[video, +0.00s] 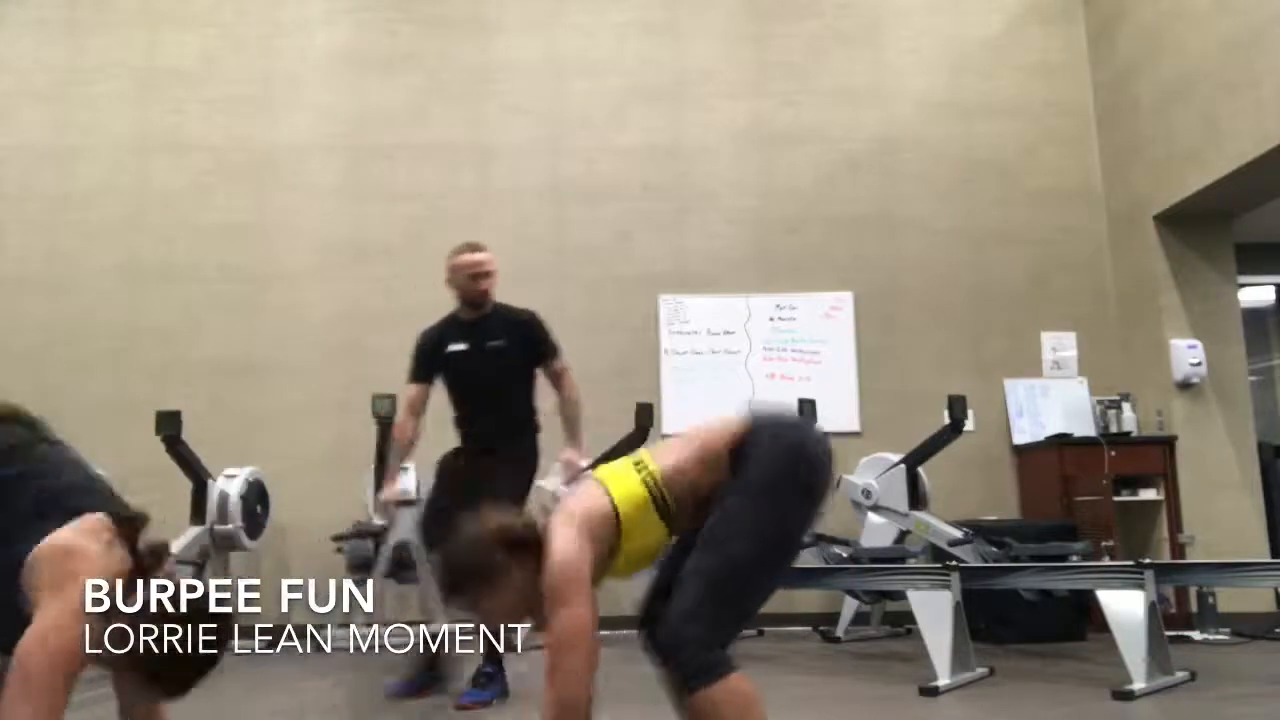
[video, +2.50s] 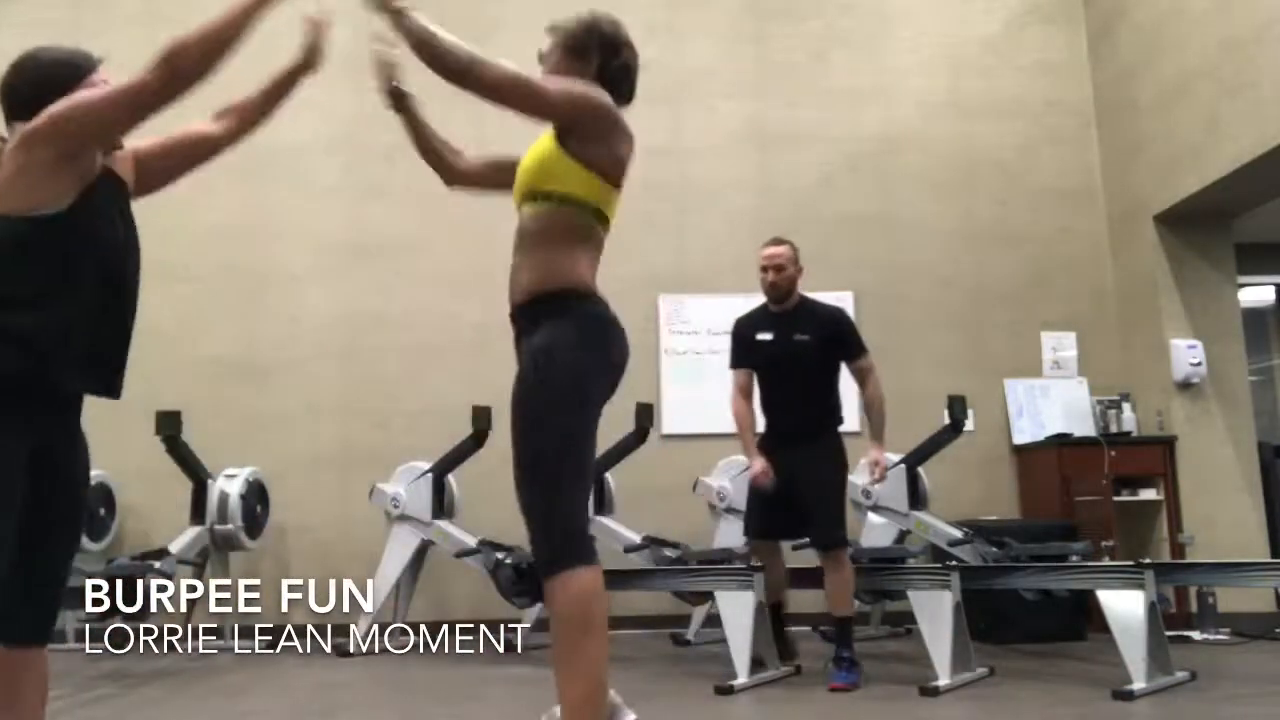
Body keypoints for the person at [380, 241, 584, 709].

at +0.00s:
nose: (481, 285)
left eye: (487, 276)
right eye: (471, 278)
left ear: (497, 277)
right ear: (451, 282)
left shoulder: (524, 326)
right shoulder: (436, 339)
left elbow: (563, 381)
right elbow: (412, 411)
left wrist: (574, 446)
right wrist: (392, 474)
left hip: (516, 456)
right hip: (468, 458)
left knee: (494, 556)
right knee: (431, 544)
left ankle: (492, 667)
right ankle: (431, 657)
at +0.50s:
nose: (599, 285)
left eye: (602, 278)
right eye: (590, 279)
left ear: (606, 280)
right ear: (566, 283)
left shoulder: (629, 327)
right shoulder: (545, 340)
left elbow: (657, 380)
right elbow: (536, 408)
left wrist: (670, 432)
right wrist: (537, 472)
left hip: (626, 450)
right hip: (579, 452)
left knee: (635, 543)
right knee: (570, 550)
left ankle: (665, 639)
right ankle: (580, 651)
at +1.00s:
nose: (661, 319)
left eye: (664, 310)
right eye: (651, 314)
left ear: (670, 307)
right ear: (634, 318)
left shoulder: (708, 337)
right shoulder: (630, 370)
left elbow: (749, 380)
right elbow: (633, 441)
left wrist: (773, 436)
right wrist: (650, 507)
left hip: (719, 456)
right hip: (675, 461)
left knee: (716, 550)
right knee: (674, 553)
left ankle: (720, 649)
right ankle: (700, 641)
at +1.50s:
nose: (648, 347)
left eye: (650, 336)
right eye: (638, 344)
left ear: (659, 329)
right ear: (628, 349)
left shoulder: (705, 351)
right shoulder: (636, 396)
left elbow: (750, 382)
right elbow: (645, 457)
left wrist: (771, 441)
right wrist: (650, 507)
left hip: (731, 461)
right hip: (686, 470)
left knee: (723, 552)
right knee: (687, 554)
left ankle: (725, 647)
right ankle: (700, 643)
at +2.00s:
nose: (687, 297)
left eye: (691, 288)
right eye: (678, 292)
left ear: (701, 290)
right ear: (666, 299)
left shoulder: (737, 327)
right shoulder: (659, 354)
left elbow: (771, 378)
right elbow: (650, 419)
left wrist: (785, 432)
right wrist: (656, 472)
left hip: (752, 450)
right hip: (703, 458)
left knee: (785, 523)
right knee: (700, 551)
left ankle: (787, 620)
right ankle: (703, 643)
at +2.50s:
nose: (771, 276)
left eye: (779, 268)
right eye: (764, 269)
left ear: (799, 272)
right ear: (758, 275)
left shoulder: (831, 320)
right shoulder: (747, 327)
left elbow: (868, 379)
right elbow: (741, 395)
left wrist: (876, 445)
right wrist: (752, 454)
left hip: (823, 448)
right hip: (773, 450)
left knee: (833, 548)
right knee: (762, 542)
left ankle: (844, 652)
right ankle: (778, 642)